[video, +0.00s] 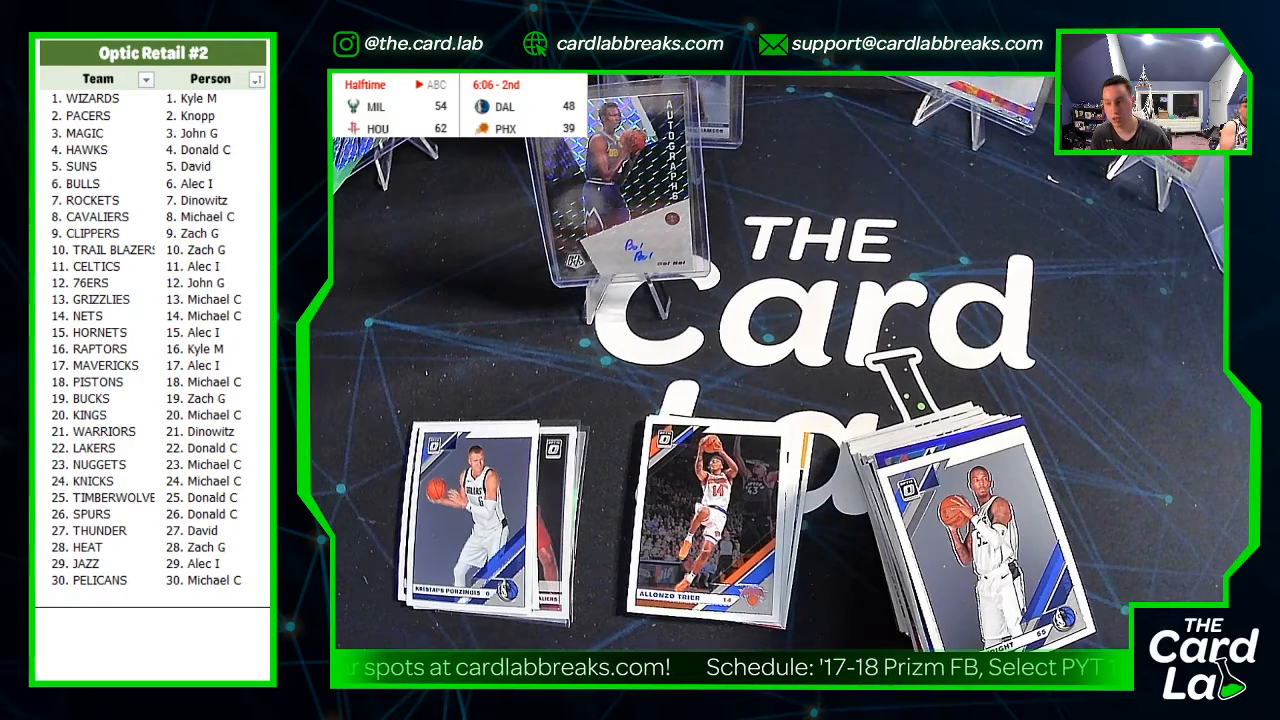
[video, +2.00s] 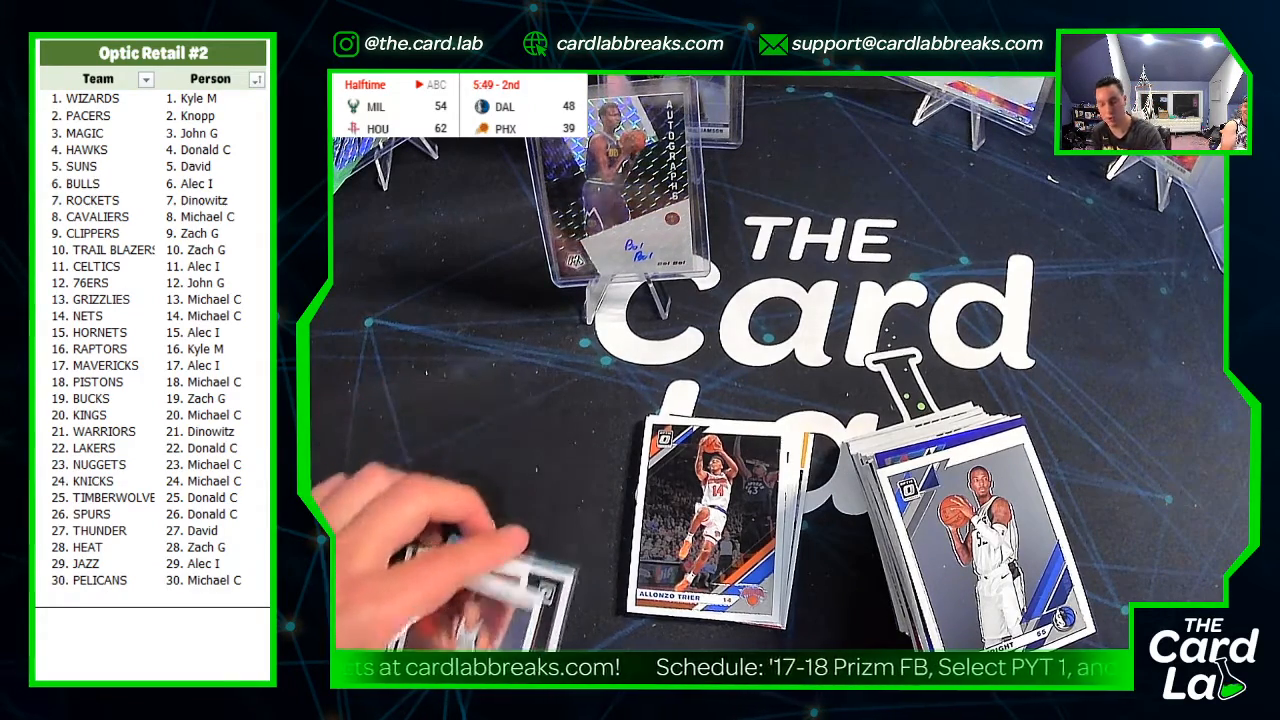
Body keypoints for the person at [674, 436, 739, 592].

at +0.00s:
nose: (714, 463)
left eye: (717, 461)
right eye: (713, 461)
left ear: (721, 465)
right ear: (710, 465)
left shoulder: (727, 476)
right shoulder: (706, 477)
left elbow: (734, 468)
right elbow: (698, 470)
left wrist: (722, 452)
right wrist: (700, 451)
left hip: (721, 513)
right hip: (706, 507)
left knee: (707, 550)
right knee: (704, 511)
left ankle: (688, 578)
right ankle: (688, 539)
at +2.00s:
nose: (714, 463)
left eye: (717, 461)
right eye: (713, 461)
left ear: (721, 465)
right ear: (710, 465)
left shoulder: (727, 476)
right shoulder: (706, 476)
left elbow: (734, 468)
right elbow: (698, 470)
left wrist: (722, 452)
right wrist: (700, 451)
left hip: (721, 512)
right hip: (706, 507)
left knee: (707, 550)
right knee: (704, 512)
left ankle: (688, 578)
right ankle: (688, 540)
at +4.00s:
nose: (715, 463)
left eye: (717, 462)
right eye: (713, 461)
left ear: (721, 465)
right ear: (709, 465)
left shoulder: (727, 476)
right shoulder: (706, 477)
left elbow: (734, 469)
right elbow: (698, 470)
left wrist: (721, 452)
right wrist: (700, 450)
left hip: (720, 513)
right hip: (706, 507)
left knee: (707, 549)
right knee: (704, 511)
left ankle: (688, 578)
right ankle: (688, 540)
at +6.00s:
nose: (714, 464)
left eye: (717, 462)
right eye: (712, 461)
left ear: (721, 466)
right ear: (709, 465)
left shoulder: (727, 476)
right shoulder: (705, 477)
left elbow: (734, 469)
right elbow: (698, 471)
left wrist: (721, 452)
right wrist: (700, 450)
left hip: (720, 513)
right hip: (705, 507)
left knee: (707, 550)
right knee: (705, 512)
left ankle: (688, 580)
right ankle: (688, 540)